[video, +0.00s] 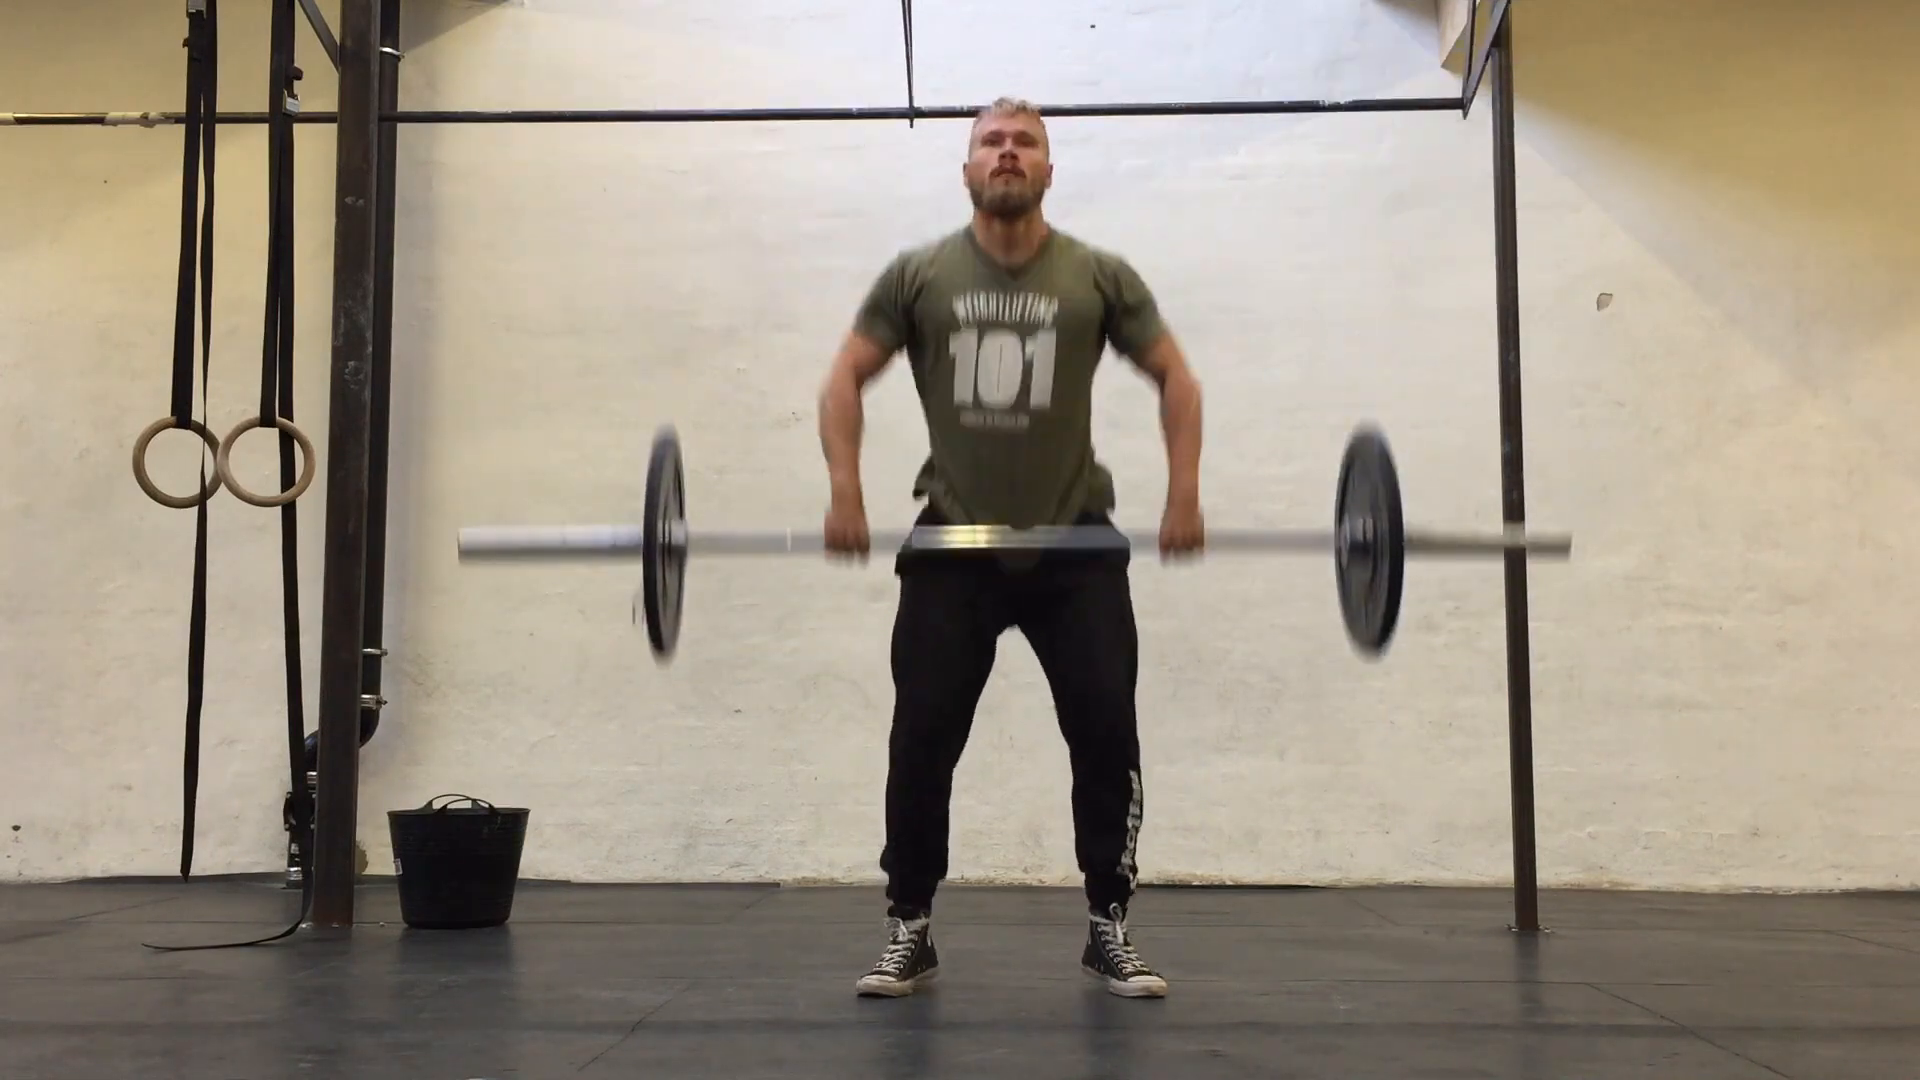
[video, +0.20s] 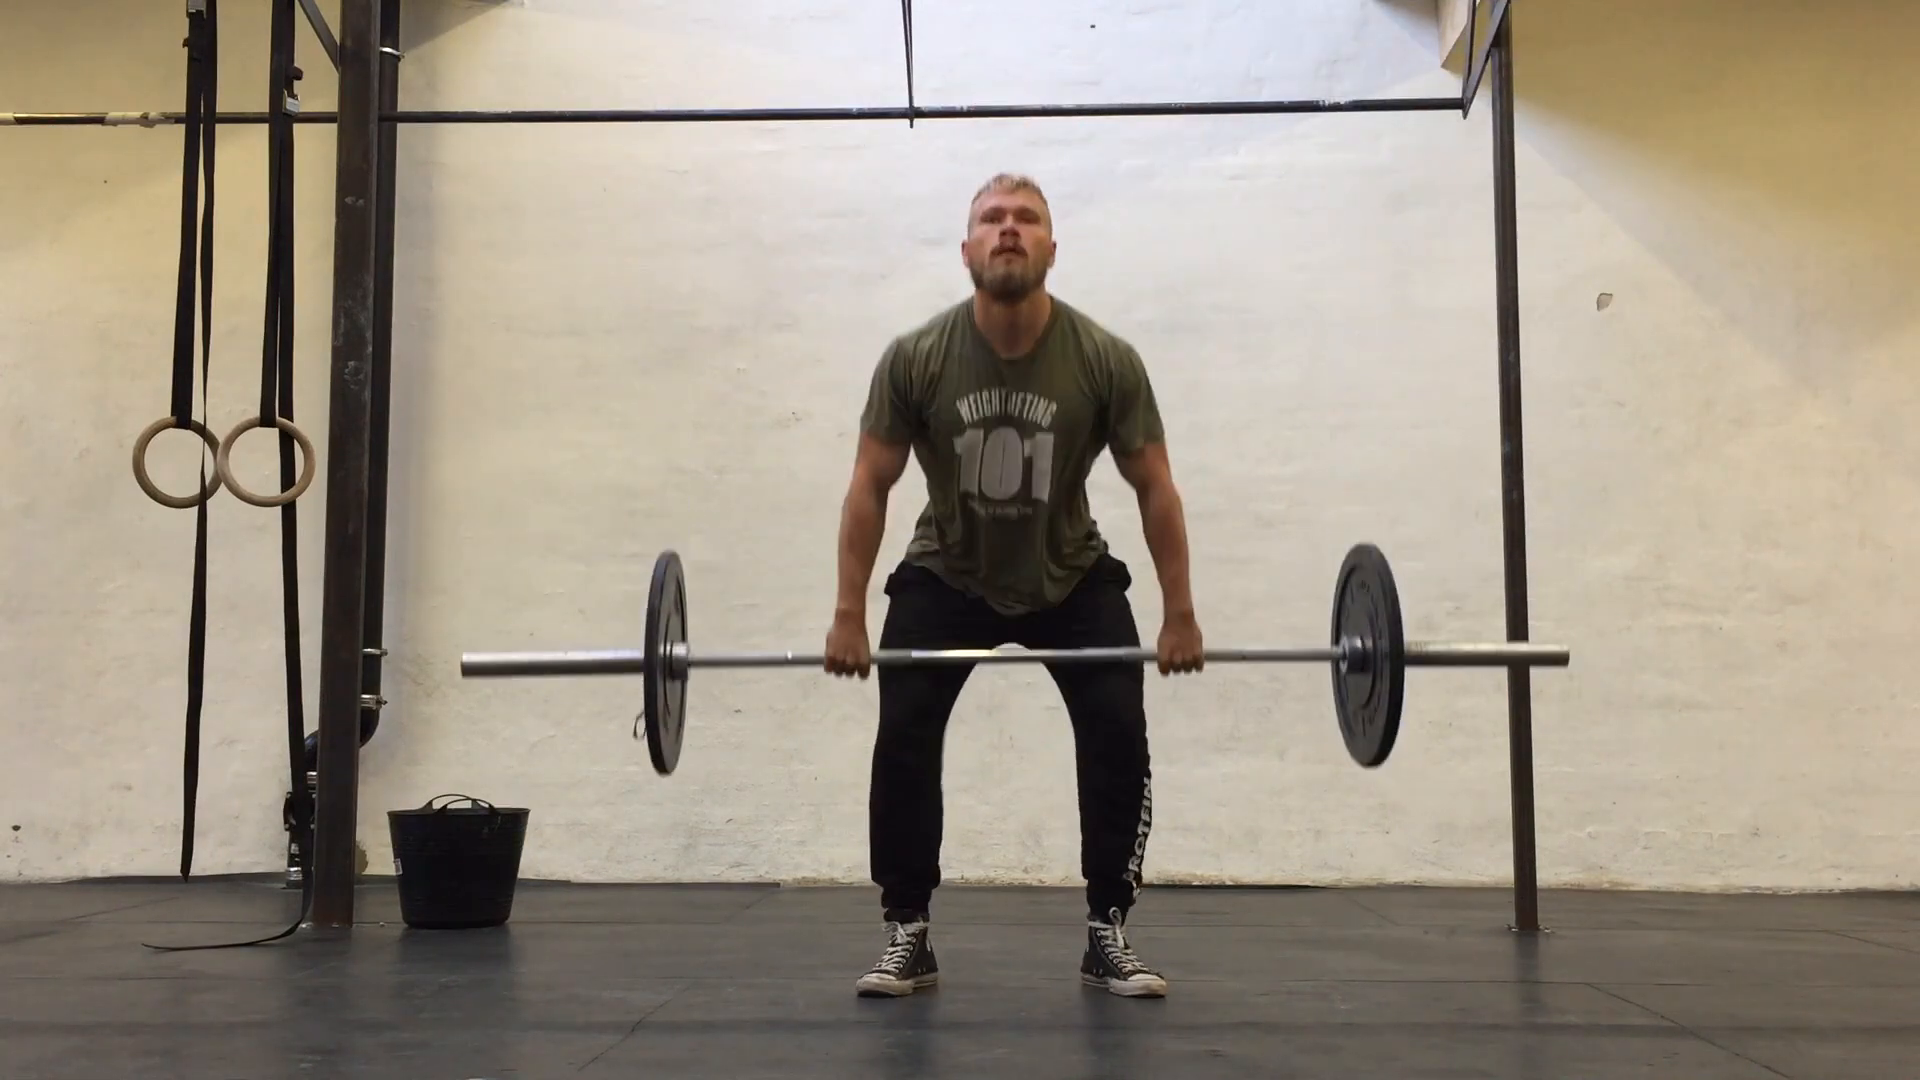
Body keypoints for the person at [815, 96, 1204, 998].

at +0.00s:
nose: (1007, 151)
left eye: (1024, 142)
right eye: (991, 141)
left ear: (1049, 171)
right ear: (965, 169)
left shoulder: (1100, 279)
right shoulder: (917, 278)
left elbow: (1176, 379)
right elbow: (843, 381)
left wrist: (1184, 497)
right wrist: (846, 495)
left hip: (1074, 548)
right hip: (951, 550)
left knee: (1107, 737)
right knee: (921, 741)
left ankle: (1110, 932)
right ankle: (908, 931)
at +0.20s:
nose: (1008, 229)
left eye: (1025, 218)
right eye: (991, 218)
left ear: (1052, 248)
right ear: (966, 249)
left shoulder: (1107, 364)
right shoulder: (915, 362)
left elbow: (1154, 487)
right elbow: (871, 486)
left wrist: (1180, 613)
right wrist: (849, 613)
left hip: (1070, 574)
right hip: (949, 573)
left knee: (1117, 729)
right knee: (905, 728)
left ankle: (1110, 938)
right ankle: (906, 938)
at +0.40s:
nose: (1009, 233)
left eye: (1026, 223)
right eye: (992, 223)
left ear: (1053, 254)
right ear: (967, 254)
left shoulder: (1106, 366)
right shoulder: (916, 365)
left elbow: (1150, 489)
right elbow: (872, 487)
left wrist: (1177, 614)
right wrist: (847, 615)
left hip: (1069, 573)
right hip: (949, 571)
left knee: (1111, 732)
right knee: (912, 726)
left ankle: (1108, 936)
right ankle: (906, 937)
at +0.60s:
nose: (1004, 183)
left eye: (1020, 172)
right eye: (988, 172)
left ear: (1047, 200)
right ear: (964, 201)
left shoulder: (1101, 305)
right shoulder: (920, 305)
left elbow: (1149, 422)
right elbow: (871, 419)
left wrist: (1175, 537)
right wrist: (846, 536)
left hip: (1073, 565)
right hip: (948, 565)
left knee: (1121, 737)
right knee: (909, 737)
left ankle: (1107, 939)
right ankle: (913, 939)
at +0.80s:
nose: (1006, 175)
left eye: (1022, 164)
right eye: (991, 163)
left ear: (1046, 186)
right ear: (965, 185)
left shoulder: (1090, 266)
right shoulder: (920, 268)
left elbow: (1160, 344)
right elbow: (859, 346)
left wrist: (1181, 374)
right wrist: (843, 372)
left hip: (1066, 534)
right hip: (955, 535)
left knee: (1108, 721)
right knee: (921, 720)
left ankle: (1115, 924)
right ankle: (904, 923)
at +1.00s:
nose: (1015, 240)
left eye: (1031, 232)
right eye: (999, 230)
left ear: (1053, 265)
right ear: (970, 261)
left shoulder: (1101, 366)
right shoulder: (925, 370)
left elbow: (1181, 468)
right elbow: (856, 466)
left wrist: (1186, 359)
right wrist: (845, 363)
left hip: (1069, 614)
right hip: (947, 615)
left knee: (1155, 761)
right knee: (882, 761)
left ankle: (1109, 944)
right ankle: (913, 942)